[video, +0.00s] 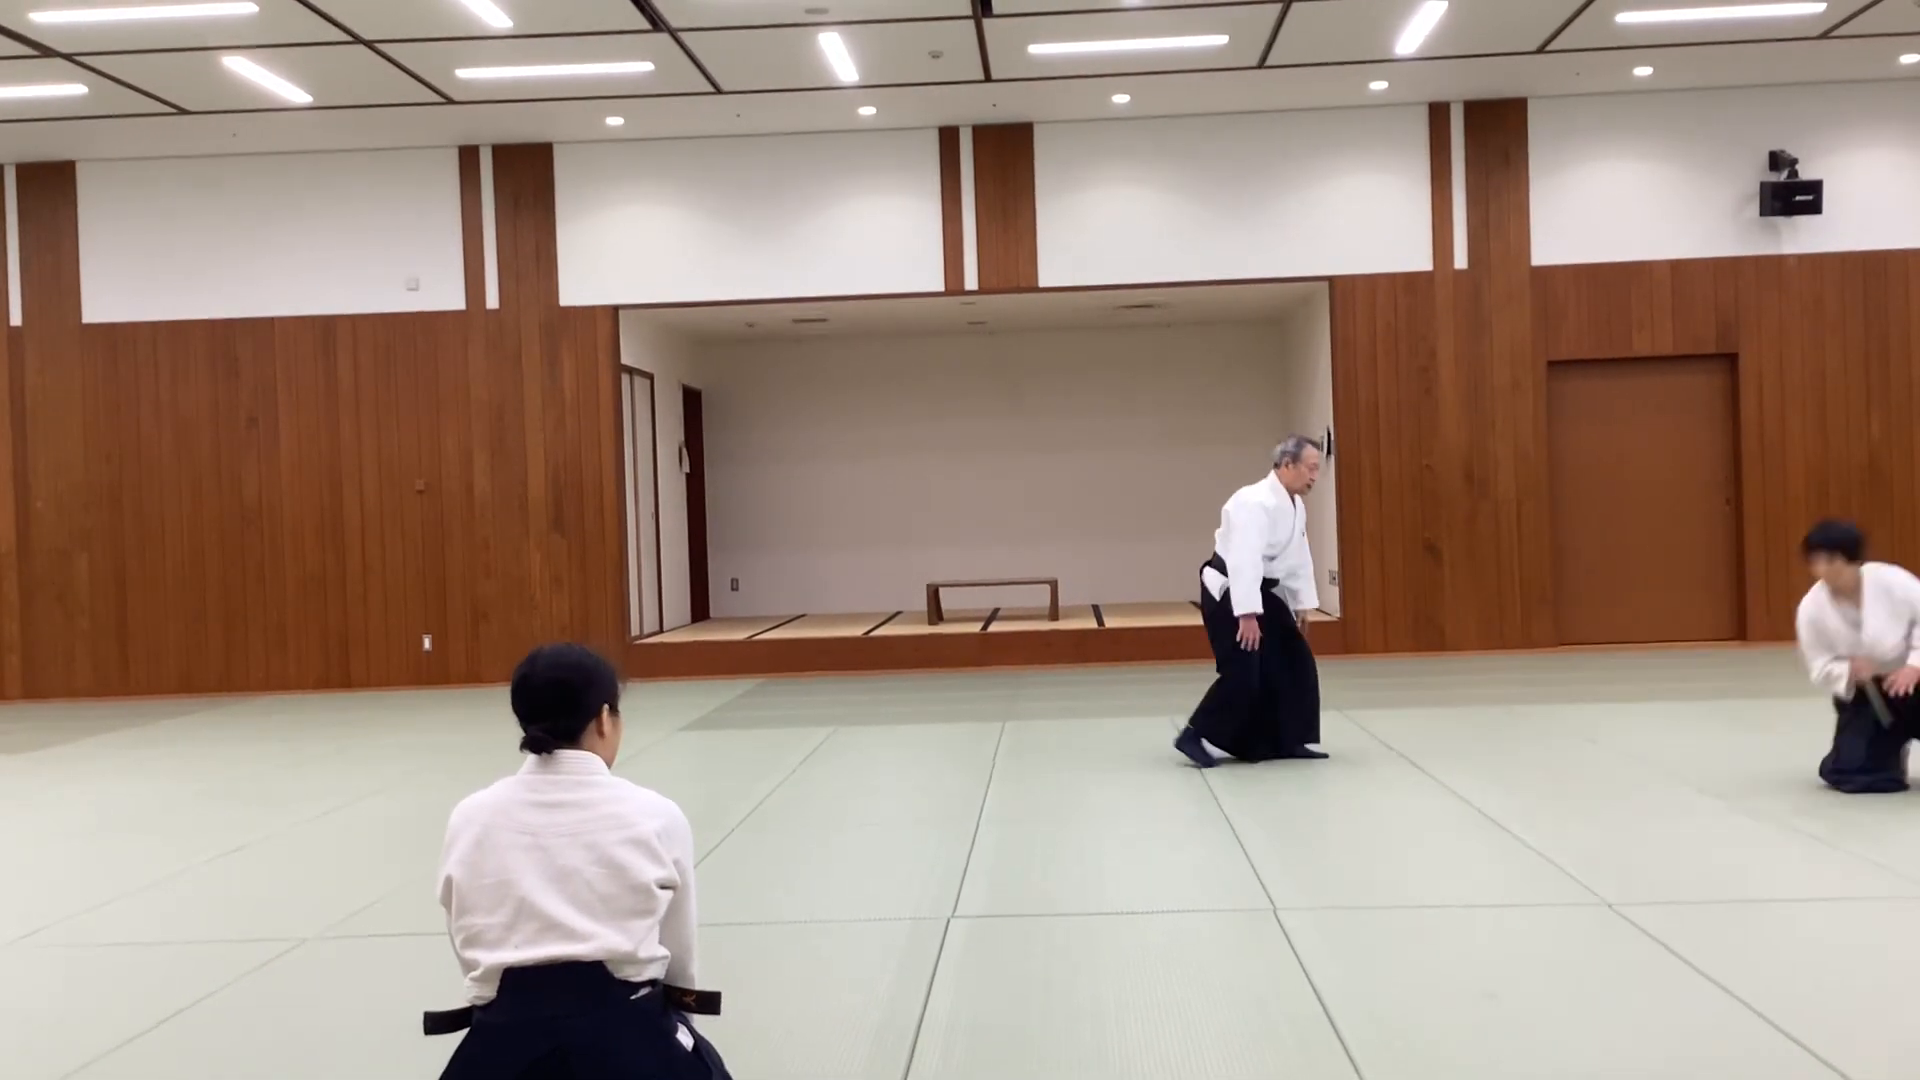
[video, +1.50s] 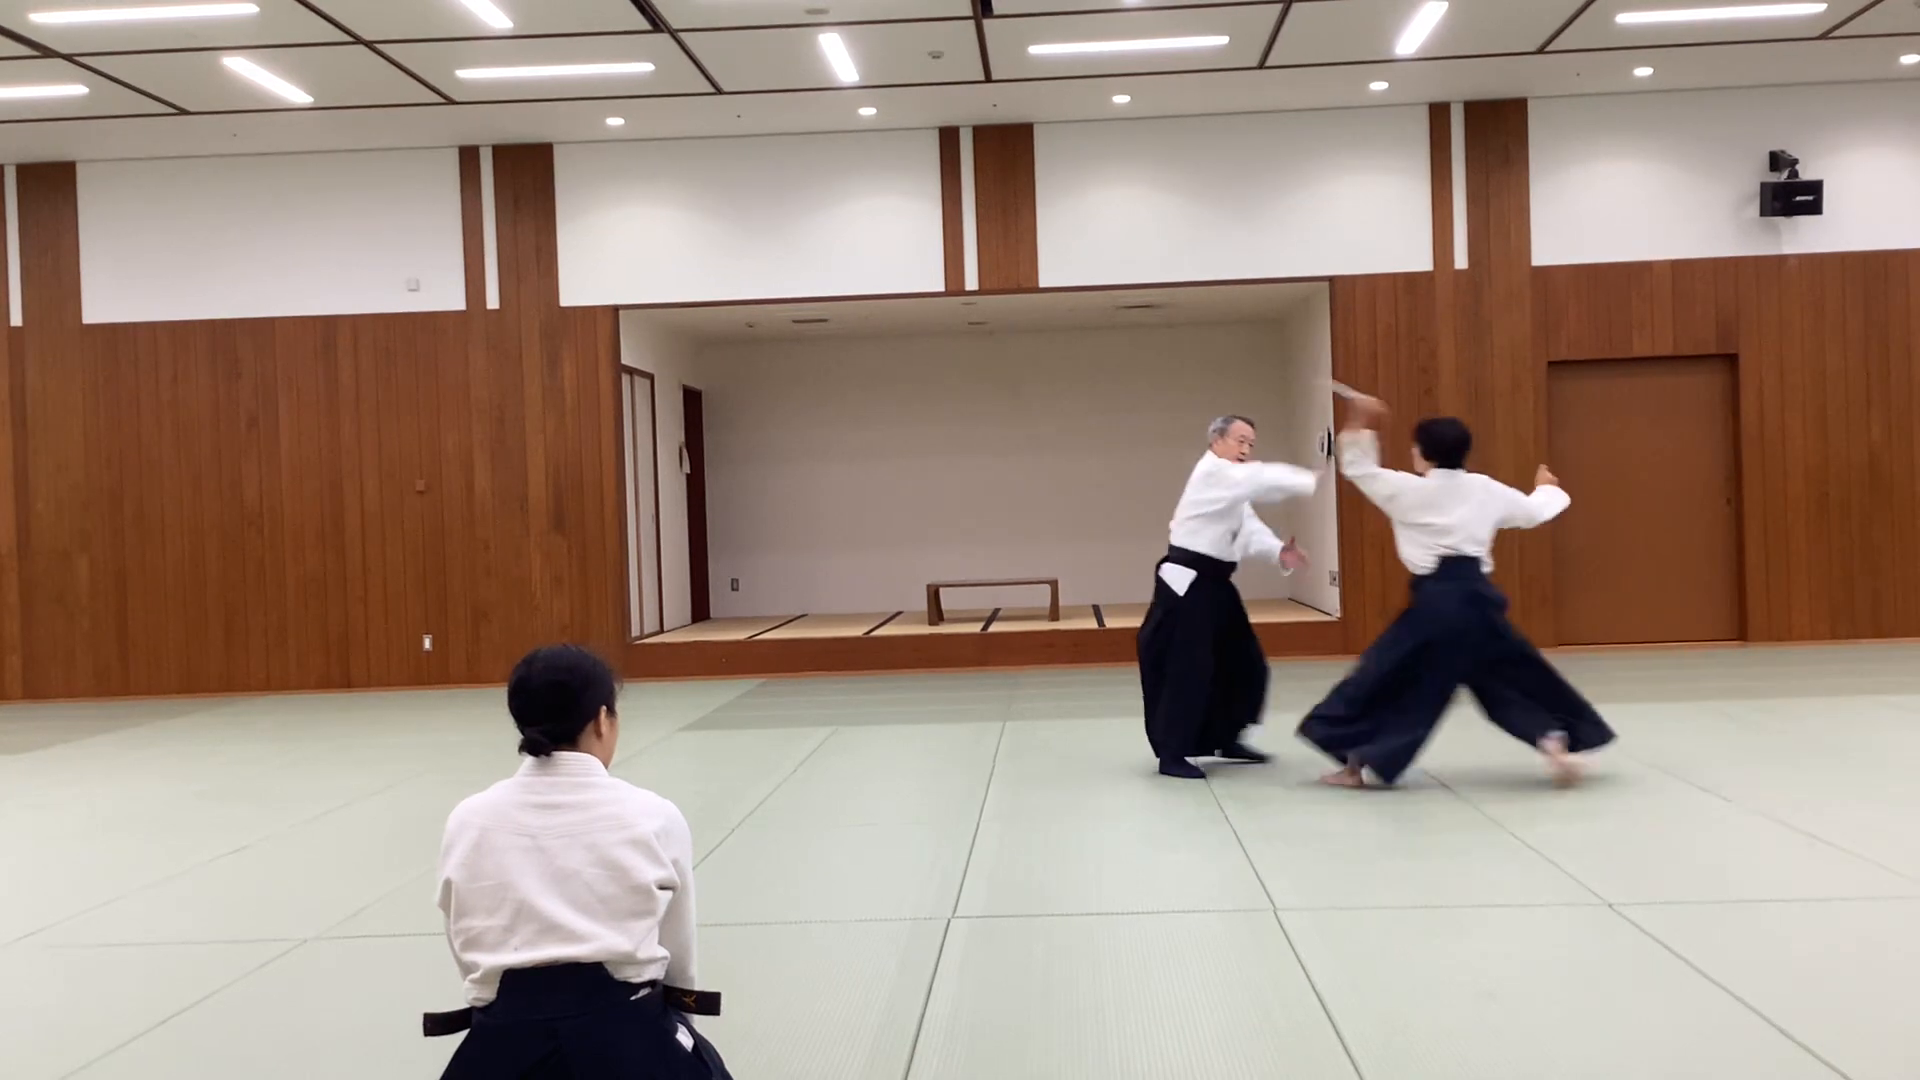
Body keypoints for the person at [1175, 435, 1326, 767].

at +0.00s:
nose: (1315, 476)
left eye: (1317, 469)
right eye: (1310, 467)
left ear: (1292, 468)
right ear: (1287, 465)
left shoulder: (1295, 505)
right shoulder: (1250, 501)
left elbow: (1297, 558)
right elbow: (1243, 559)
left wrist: (1301, 606)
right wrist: (1247, 611)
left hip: (1262, 589)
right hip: (1225, 588)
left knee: (1296, 659)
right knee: (1243, 666)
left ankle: (1289, 741)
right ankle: (1194, 736)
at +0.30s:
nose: (1276, 458)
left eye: (1278, 451)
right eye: (1271, 450)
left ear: (1250, 450)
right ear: (1247, 448)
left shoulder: (1243, 484)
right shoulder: (1231, 487)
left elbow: (1250, 546)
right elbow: (1247, 547)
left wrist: (1272, 595)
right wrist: (1277, 598)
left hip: (1220, 580)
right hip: (1202, 582)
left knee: (1244, 657)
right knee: (1222, 664)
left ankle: (1252, 738)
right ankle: (1217, 751)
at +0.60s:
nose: (1225, 456)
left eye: (1226, 449)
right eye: (1219, 448)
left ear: (1197, 451)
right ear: (1194, 449)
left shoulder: (1183, 482)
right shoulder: (1191, 489)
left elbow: (1198, 543)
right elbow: (1213, 546)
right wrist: (1255, 588)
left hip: (1158, 584)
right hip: (1174, 590)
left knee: (1144, 666)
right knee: (1212, 667)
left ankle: (1109, 743)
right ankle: (1216, 753)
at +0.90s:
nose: (1191, 454)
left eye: (1192, 447)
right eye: (1185, 446)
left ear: (1163, 448)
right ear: (1161, 446)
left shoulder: (1148, 481)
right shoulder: (1164, 488)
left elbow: (1147, 543)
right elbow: (1172, 550)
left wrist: (1176, 590)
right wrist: (1188, 596)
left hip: (1129, 587)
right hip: (1149, 590)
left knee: (1133, 667)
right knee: (1190, 664)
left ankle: (1107, 746)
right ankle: (1212, 751)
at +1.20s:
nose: (1210, 455)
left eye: (1212, 448)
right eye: (1205, 447)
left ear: (1180, 450)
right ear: (1179, 447)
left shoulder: (1160, 483)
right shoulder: (1183, 491)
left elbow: (1156, 545)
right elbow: (1191, 555)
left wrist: (1191, 596)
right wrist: (1205, 601)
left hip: (1136, 584)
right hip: (1160, 591)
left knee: (1130, 666)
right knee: (1181, 670)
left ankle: (1111, 746)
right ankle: (1171, 754)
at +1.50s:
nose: (1248, 449)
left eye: (1251, 444)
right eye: (1241, 441)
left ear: (1250, 449)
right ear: (1217, 441)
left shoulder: (1233, 480)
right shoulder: (1210, 470)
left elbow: (1248, 528)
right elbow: (1258, 477)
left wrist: (1278, 551)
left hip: (1215, 583)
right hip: (1186, 580)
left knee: (1244, 663)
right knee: (1185, 666)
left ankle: (1225, 738)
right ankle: (1171, 755)